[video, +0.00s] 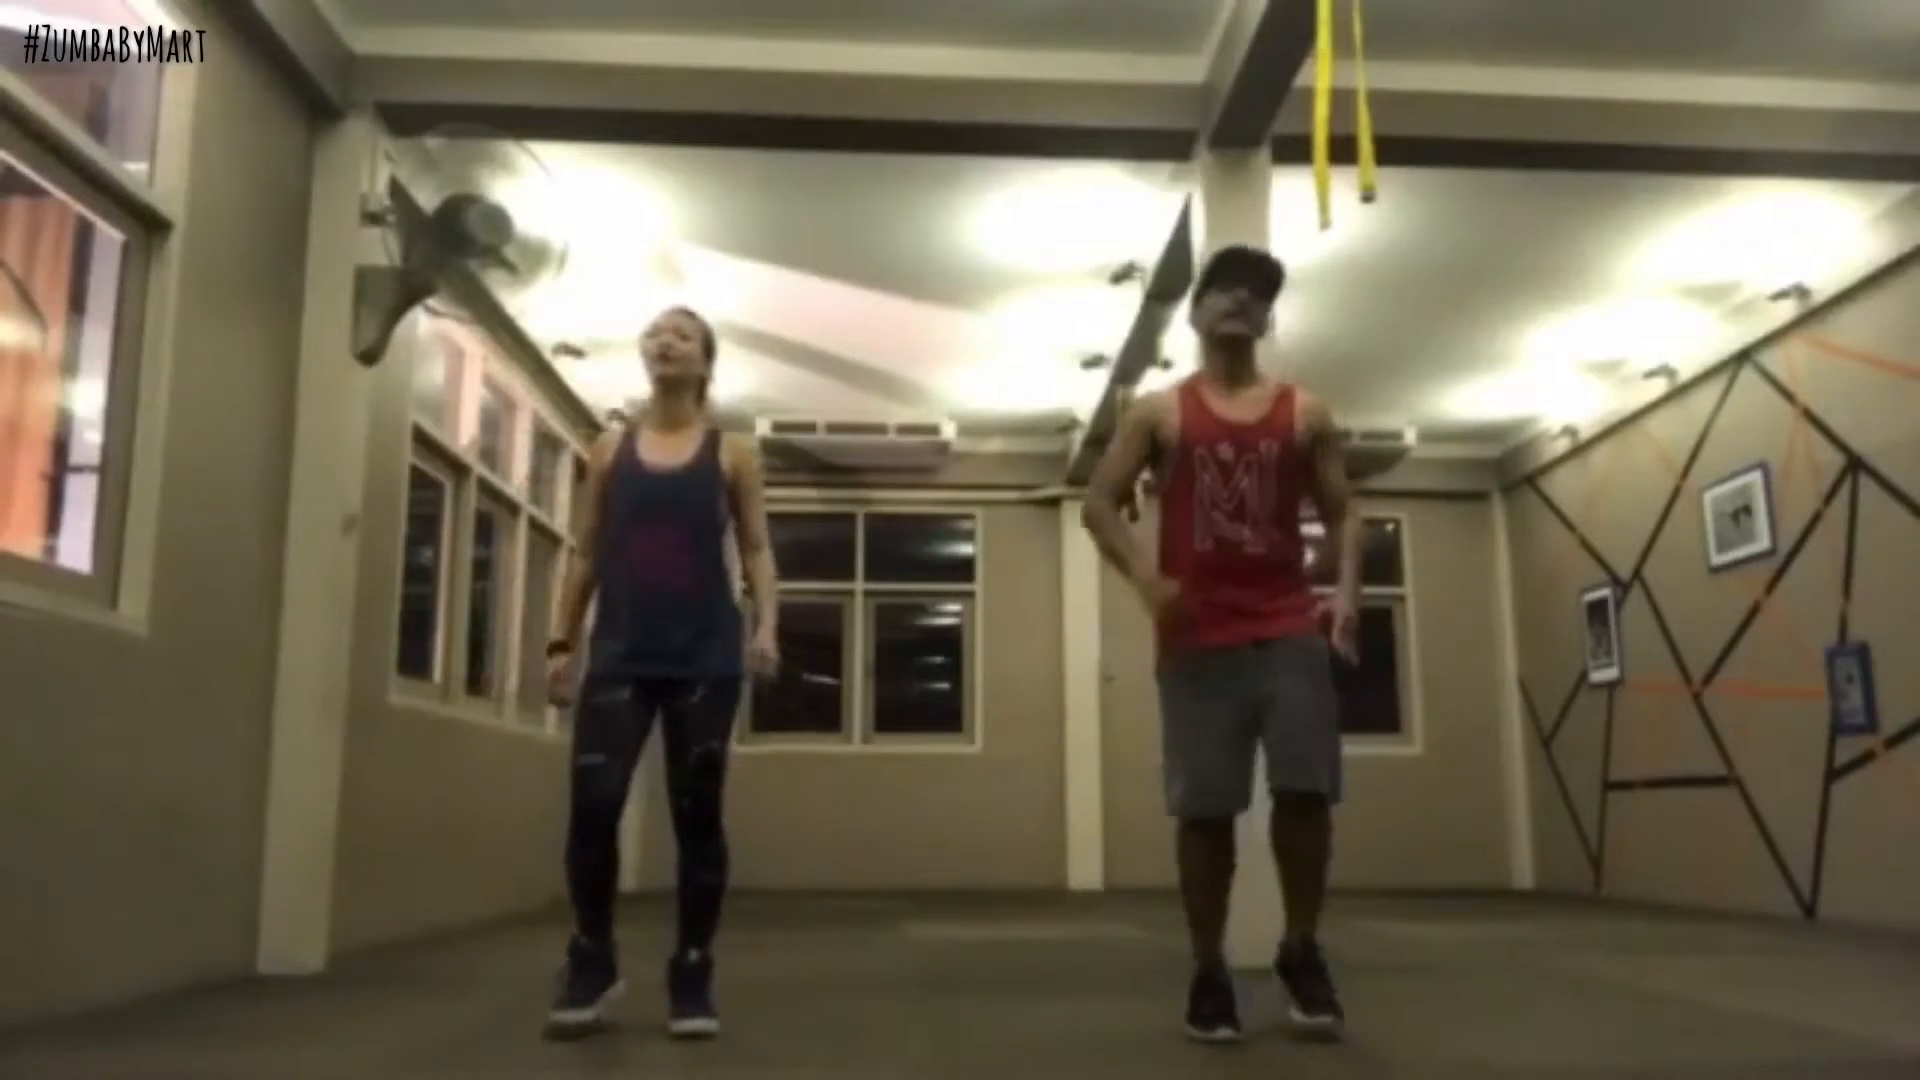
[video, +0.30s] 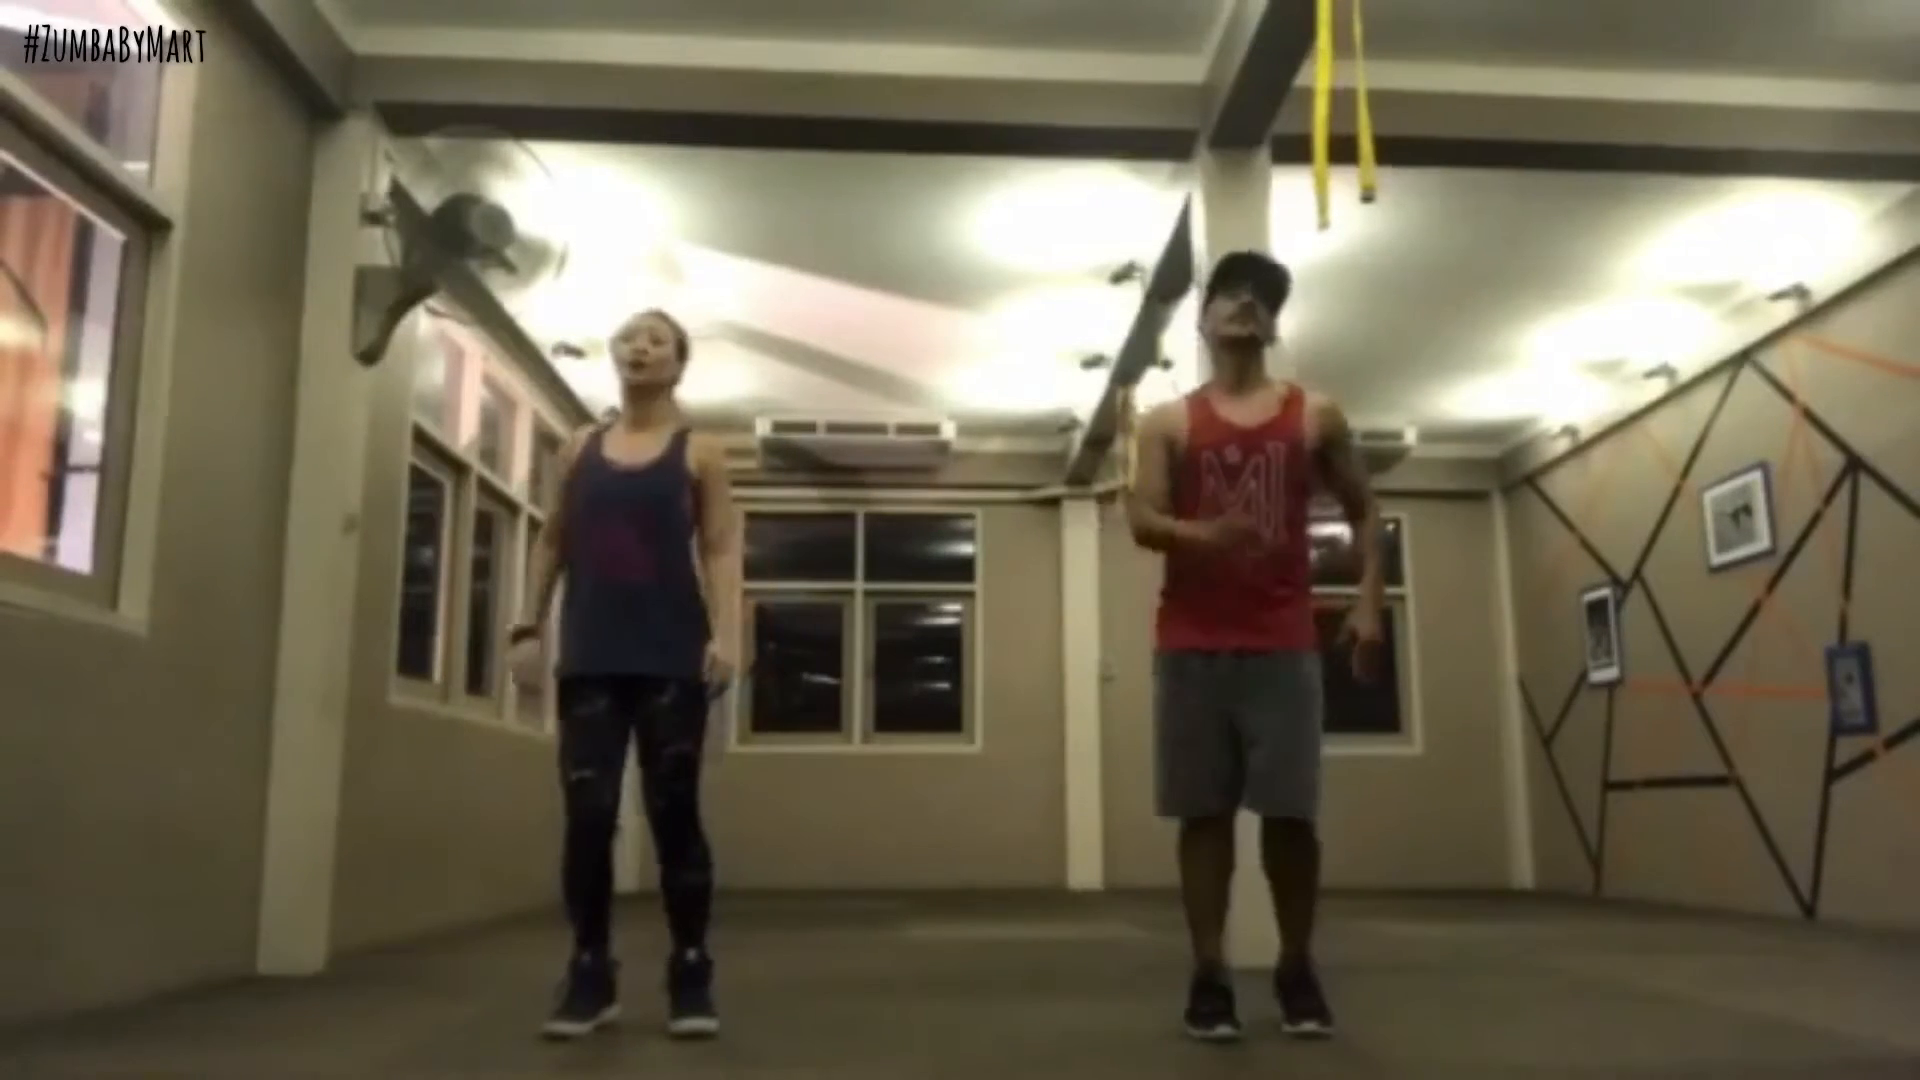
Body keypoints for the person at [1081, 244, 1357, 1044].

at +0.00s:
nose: (1235, 304)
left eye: (1250, 294)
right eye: (1221, 292)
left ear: (1269, 313)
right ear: (1195, 309)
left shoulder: (1304, 414)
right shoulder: (1159, 411)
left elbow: (1343, 511)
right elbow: (1100, 505)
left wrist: (1346, 592)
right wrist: (1147, 581)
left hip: (1292, 630)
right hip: (1199, 638)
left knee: (1305, 796)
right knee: (1205, 810)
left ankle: (1301, 951)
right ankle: (1209, 974)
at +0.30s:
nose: (1238, 308)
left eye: (1253, 299)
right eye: (1225, 296)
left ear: (1273, 319)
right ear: (1202, 314)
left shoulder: (1314, 417)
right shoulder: (1167, 423)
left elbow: (1364, 510)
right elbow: (1144, 521)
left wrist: (1368, 602)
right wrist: (1205, 534)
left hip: (1284, 647)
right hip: (1193, 649)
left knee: (1291, 817)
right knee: (1203, 817)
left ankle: (1298, 973)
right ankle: (1209, 978)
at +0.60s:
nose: (1253, 314)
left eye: (1266, 303)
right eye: (1239, 302)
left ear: (1283, 319)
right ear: (1212, 318)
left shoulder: (1320, 412)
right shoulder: (1180, 413)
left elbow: (1359, 505)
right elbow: (1126, 503)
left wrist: (1344, 527)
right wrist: (1150, 593)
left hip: (1296, 627)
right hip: (1214, 626)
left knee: (1297, 801)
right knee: (1220, 788)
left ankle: (1297, 965)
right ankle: (1203, 939)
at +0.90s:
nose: (1235, 332)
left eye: (1249, 322)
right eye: (1222, 320)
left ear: (1267, 337)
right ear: (1196, 334)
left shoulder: (1291, 423)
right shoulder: (1160, 425)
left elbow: (1333, 504)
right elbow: (1095, 508)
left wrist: (1327, 559)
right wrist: (1136, 596)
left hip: (1277, 637)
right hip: (1190, 642)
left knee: (1289, 803)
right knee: (1196, 812)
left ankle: (1293, 968)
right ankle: (1195, 972)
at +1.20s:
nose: (1237, 339)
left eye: (1251, 327)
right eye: (1223, 325)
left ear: (1266, 337)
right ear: (1197, 334)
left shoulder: (1291, 422)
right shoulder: (1160, 427)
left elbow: (1332, 509)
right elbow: (1136, 518)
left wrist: (1343, 597)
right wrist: (1215, 533)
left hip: (1272, 641)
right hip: (1187, 643)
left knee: (1276, 807)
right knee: (1194, 810)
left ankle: (1286, 963)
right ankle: (1195, 972)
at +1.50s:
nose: (1249, 343)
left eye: (1262, 331)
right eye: (1234, 331)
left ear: (1278, 341)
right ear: (1208, 340)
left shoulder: (1312, 430)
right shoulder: (1175, 432)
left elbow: (1354, 514)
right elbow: (1138, 533)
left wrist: (1362, 580)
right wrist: (1174, 610)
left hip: (1293, 637)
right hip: (1213, 638)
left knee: (1292, 805)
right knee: (1213, 794)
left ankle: (1287, 966)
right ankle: (1197, 946)